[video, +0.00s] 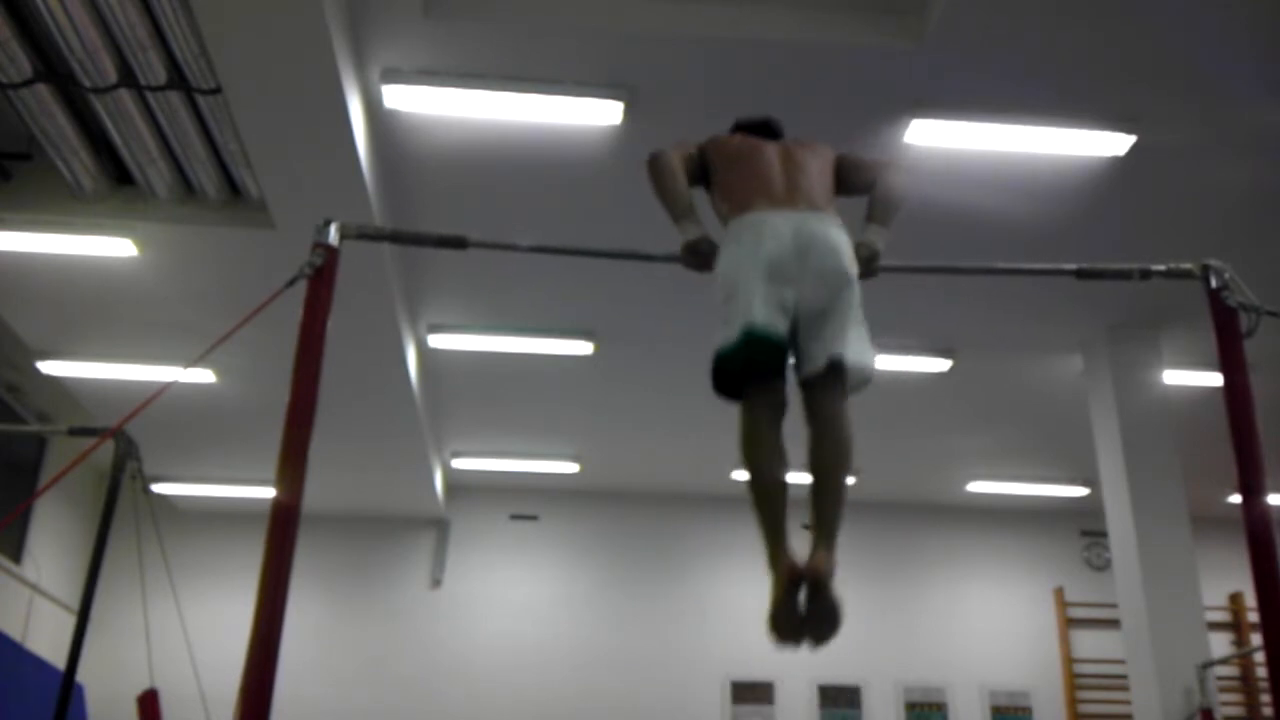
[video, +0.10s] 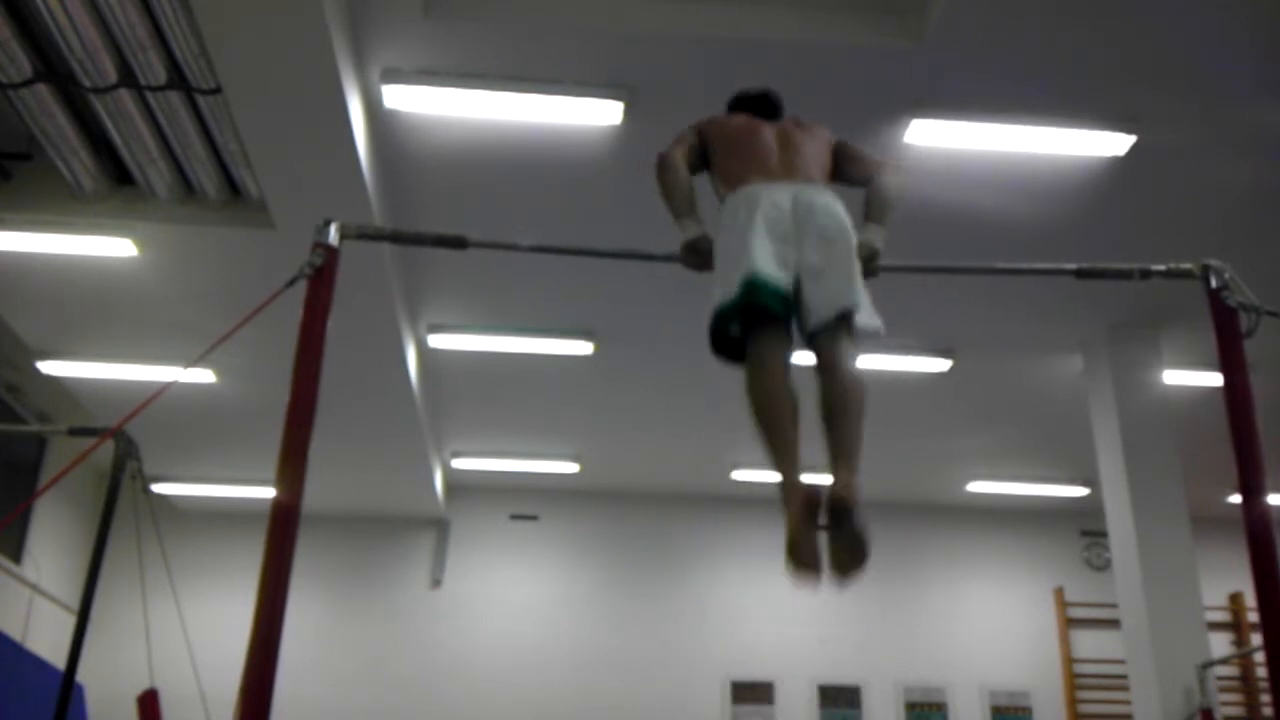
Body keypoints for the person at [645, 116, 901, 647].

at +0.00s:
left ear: (731, 139)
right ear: (784, 139)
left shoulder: (718, 148)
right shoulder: (819, 156)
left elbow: (663, 160)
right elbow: (887, 178)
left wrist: (690, 229)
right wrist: (873, 239)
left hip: (754, 238)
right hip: (826, 238)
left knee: (762, 408)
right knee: (829, 405)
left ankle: (782, 565)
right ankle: (824, 557)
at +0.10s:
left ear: (730, 115)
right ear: (786, 116)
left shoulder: (714, 128)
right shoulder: (819, 137)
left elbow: (671, 160)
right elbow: (882, 175)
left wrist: (690, 230)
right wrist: (872, 237)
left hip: (753, 205)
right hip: (824, 209)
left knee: (767, 353)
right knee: (837, 354)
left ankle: (794, 493)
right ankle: (845, 492)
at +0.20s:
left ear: (732, 92)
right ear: (784, 92)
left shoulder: (711, 108)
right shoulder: (819, 114)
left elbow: (682, 165)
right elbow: (859, 163)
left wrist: (691, 228)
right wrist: (872, 230)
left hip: (756, 171)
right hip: (826, 178)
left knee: (773, 293)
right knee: (841, 297)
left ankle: (803, 407)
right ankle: (853, 409)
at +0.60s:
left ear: (738, 102)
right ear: (792, 99)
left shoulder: (722, 112)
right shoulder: (824, 112)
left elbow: (682, 147)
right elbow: (871, 156)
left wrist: (691, 227)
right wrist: (877, 226)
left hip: (760, 178)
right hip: (838, 181)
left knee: (775, 310)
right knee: (848, 315)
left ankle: (807, 431)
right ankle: (858, 431)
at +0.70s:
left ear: (741, 131)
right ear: (795, 130)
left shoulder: (726, 142)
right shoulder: (826, 147)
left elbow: (678, 155)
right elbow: (890, 173)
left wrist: (692, 239)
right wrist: (873, 248)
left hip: (762, 244)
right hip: (837, 250)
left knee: (775, 379)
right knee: (849, 383)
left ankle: (805, 514)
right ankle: (857, 514)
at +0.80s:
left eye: (738, 136)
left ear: (743, 134)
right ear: (801, 133)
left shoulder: (731, 147)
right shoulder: (833, 156)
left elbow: (678, 151)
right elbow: (902, 169)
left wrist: (693, 236)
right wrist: (873, 244)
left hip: (761, 283)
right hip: (835, 283)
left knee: (770, 457)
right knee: (843, 453)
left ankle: (793, 610)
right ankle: (842, 611)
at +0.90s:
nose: (759, 133)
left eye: (754, 125)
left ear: (750, 125)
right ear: (807, 125)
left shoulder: (734, 150)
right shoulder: (845, 160)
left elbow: (677, 203)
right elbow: (911, 215)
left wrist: (704, 245)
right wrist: (867, 251)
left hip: (763, 323)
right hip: (840, 325)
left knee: (763, 512)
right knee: (834, 512)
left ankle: (776, 687)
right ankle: (823, 685)